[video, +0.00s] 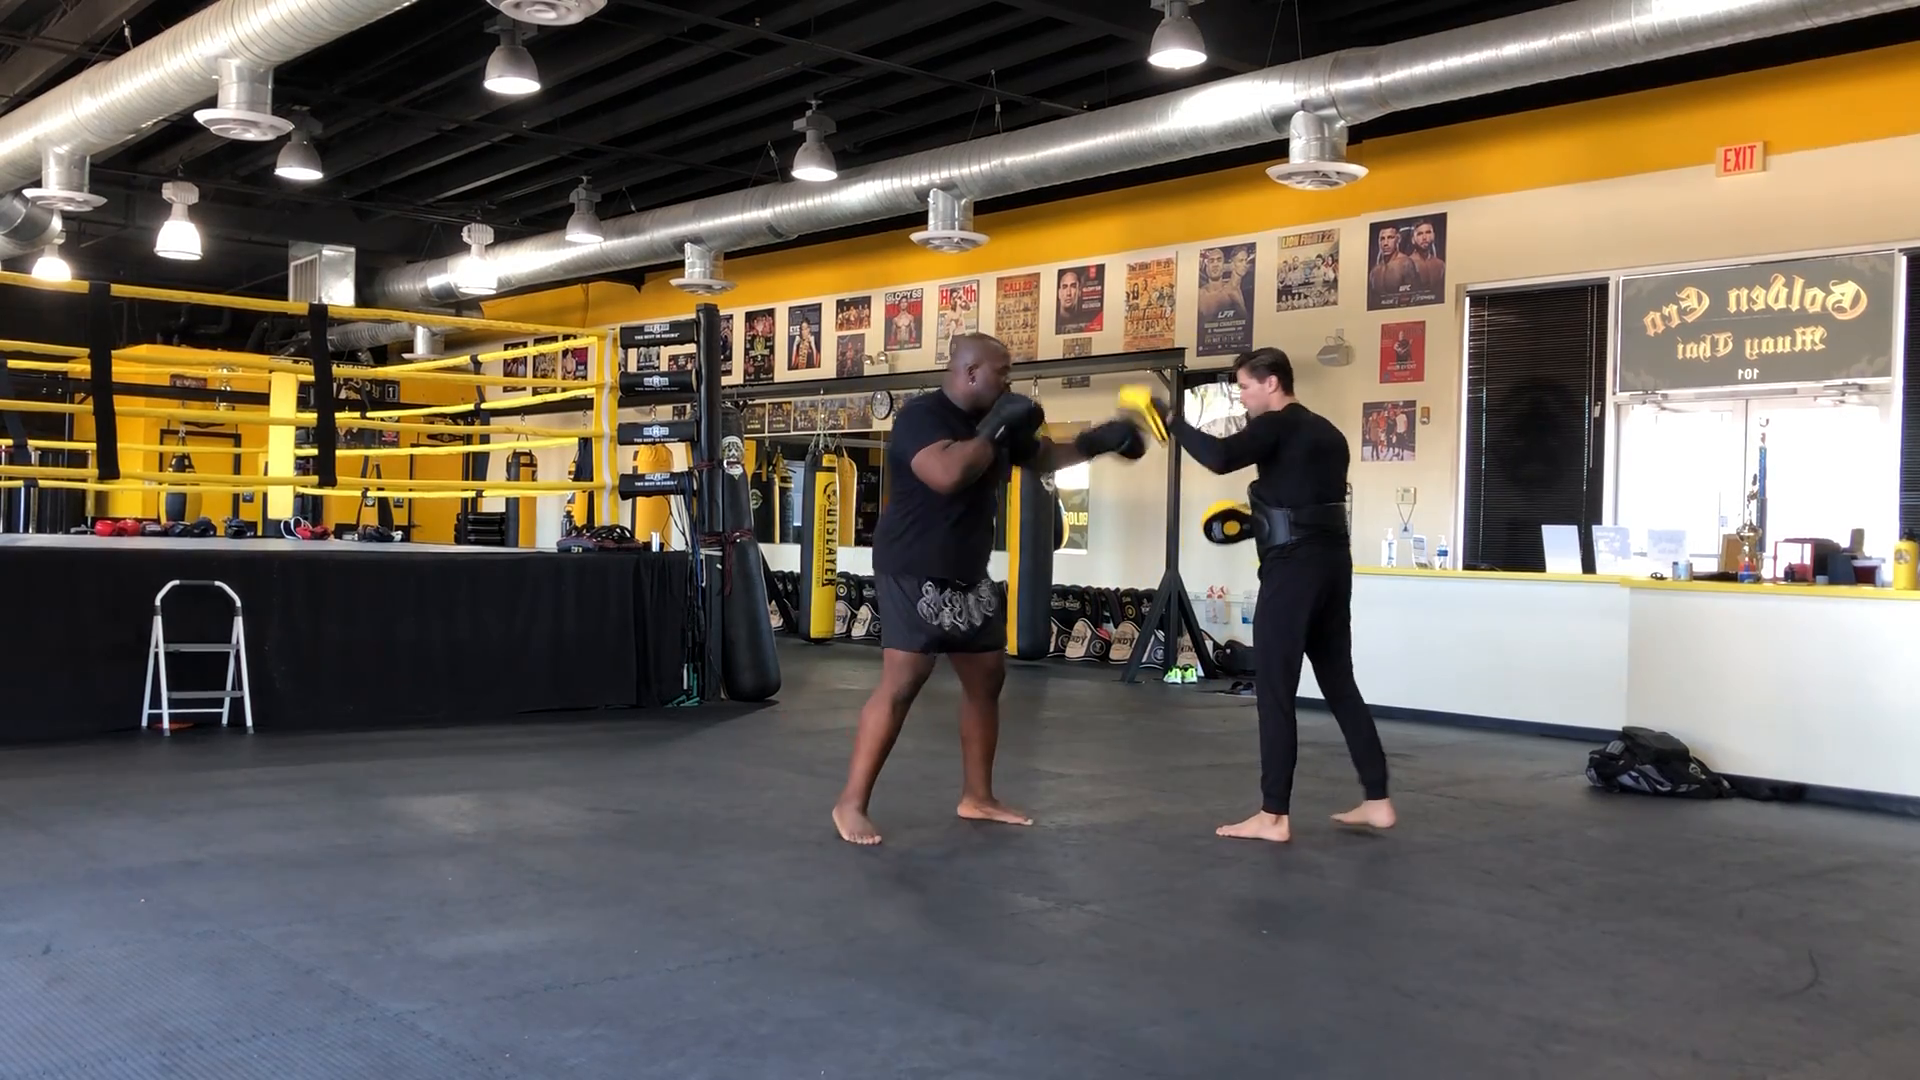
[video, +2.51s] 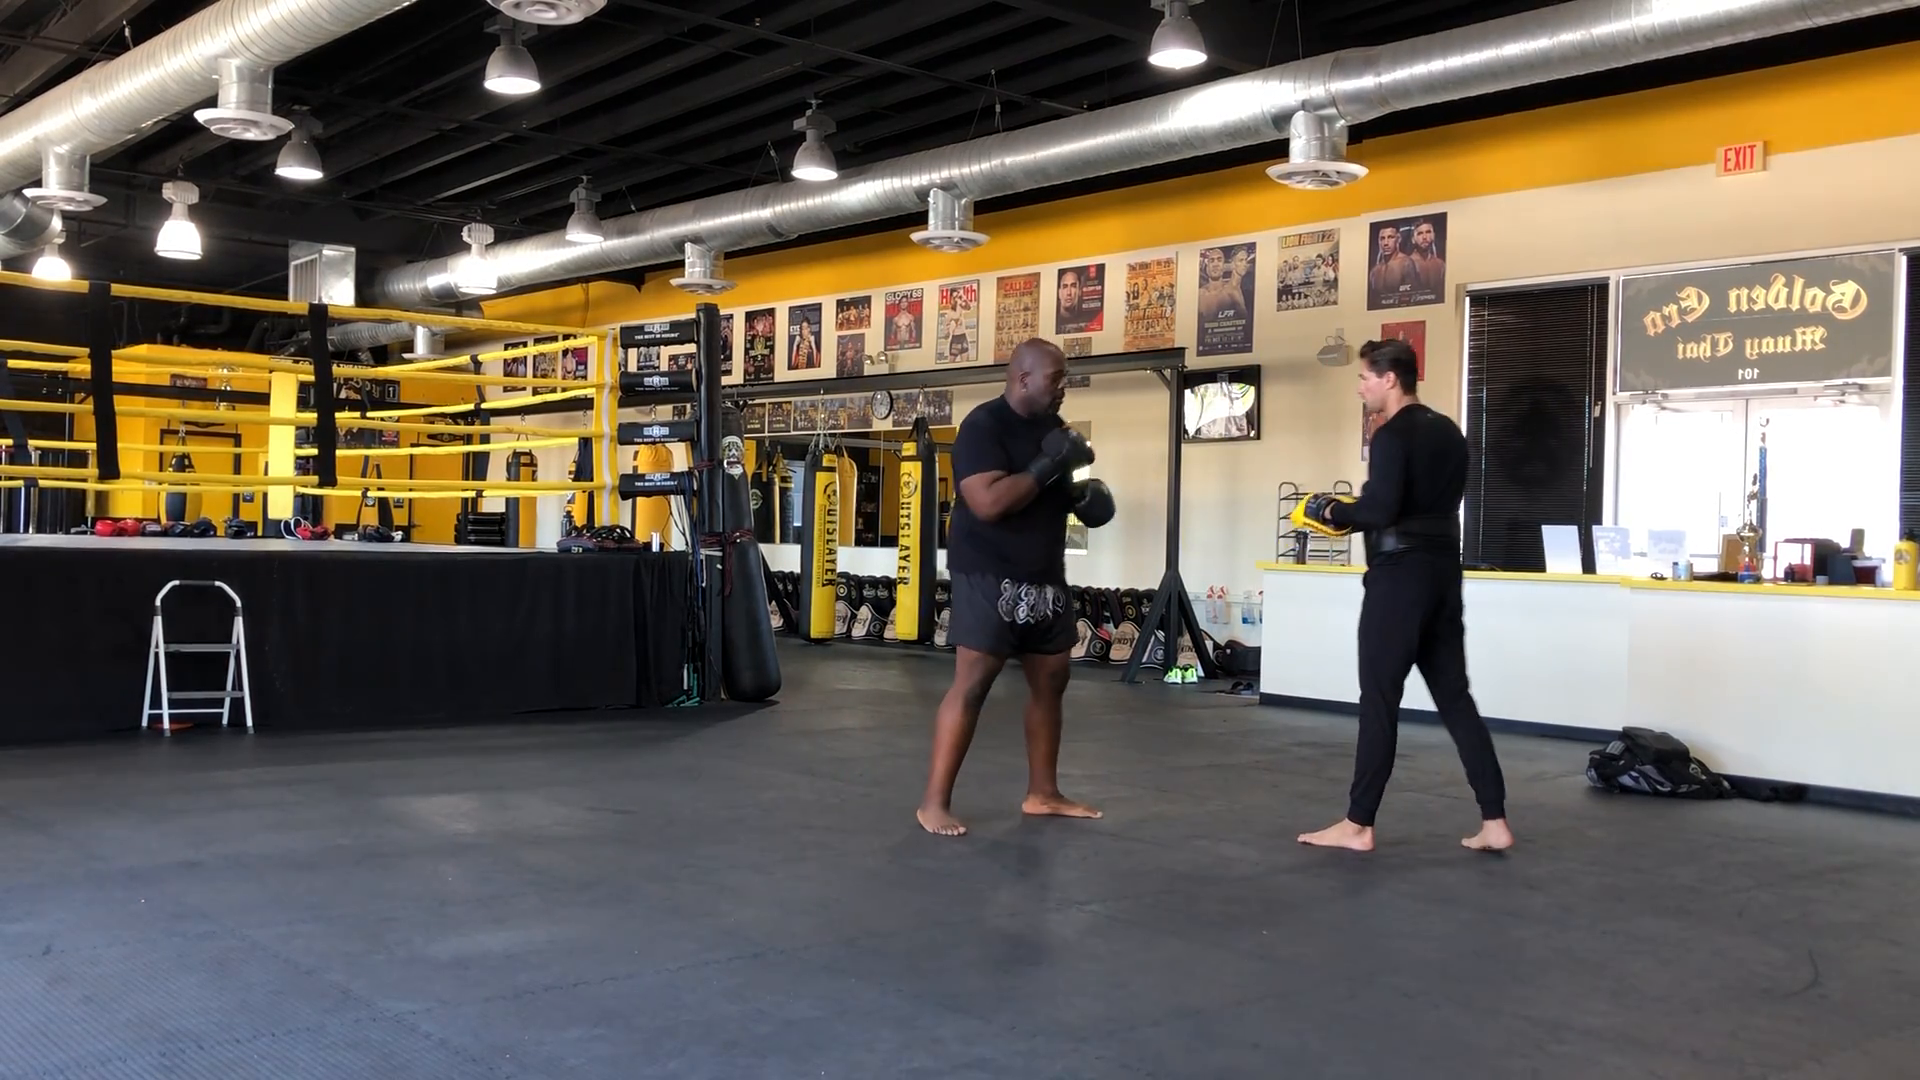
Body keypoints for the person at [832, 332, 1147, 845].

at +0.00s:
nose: (1006, 384)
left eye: (1007, 375)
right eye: (1001, 374)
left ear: (975, 372)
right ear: (968, 372)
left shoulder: (993, 419)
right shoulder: (919, 415)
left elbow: (1042, 456)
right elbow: (945, 473)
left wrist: (1095, 442)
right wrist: (995, 431)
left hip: (968, 574)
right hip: (911, 571)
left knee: (985, 677)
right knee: (902, 678)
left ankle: (978, 796)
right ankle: (850, 805)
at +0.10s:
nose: (1014, 382)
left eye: (1015, 374)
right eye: (1009, 372)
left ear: (986, 371)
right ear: (977, 368)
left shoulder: (997, 430)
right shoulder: (924, 415)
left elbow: (1017, 495)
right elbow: (929, 483)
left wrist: (1057, 485)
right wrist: (991, 450)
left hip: (977, 576)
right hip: (917, 575)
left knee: (984, 677)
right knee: (906, 681)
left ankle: (977, 798)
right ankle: (853, 801)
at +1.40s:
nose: (1038, 384)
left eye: (1039, 374)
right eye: (1032, 373)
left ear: (1003, 375)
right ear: (1000, 374)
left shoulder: (1019, 431)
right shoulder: (951, 423)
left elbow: (1041, 486)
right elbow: (977, 481)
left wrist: (1072, 458)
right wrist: (1027, 439)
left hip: (1020, 580)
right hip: (961, 581)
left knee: (1045, 673)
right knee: (956, 686)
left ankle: (1043, 786)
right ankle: (907, 806)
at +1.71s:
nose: (1077, 384)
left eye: (1077, 376)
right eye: (1071, 375)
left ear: (1043, 378)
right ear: (1041, 377)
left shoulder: (1044, 430)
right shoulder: (1010, 421)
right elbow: (1026, 486)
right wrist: (1080, 452)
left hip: (1034, 575)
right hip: (998, 573)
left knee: (1048, 672)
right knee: (998, 673)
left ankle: (1042, 792)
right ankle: (920, 788)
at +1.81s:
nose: (1087, 385)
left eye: (1086, 376)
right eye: (1080, 377)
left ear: (1044, 377)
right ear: (1052, 378)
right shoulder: (1041, 415)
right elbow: (1124, 444)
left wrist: (1167, 428)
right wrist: (1173, 425)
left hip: (1024, 564)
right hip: (1007, 562)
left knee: (1042, 668)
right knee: (990, 671)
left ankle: (1041, 792)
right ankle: (920, 789)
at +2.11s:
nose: (1099, 387)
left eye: (1099, 378)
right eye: (1094, 377)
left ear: (1063, 375)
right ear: (1066, 376)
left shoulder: (1051, 419)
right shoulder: (1041, 413)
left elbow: (1060, 480)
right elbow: (1055, 483)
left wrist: (1097, 454)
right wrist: (1105, 458)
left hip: (1028, 559)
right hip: (1006, 554)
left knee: (1036, 669)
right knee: (999, 664)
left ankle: (1041, 793)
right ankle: (930, 783)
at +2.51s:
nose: (1061, 388)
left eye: (1063, 380)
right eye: (1053, 380)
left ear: (1054, 381)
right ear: (1018, 378)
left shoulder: (1053, 432)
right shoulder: (981, 426)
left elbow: (1054, 495)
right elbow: (985, 501)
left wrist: (1084, 502)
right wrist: (1047, 464)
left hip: (1042, 574)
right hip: (986, 573)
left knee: (1051, 678)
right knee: (971, 680)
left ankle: (1042, 793)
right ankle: (934, 805)